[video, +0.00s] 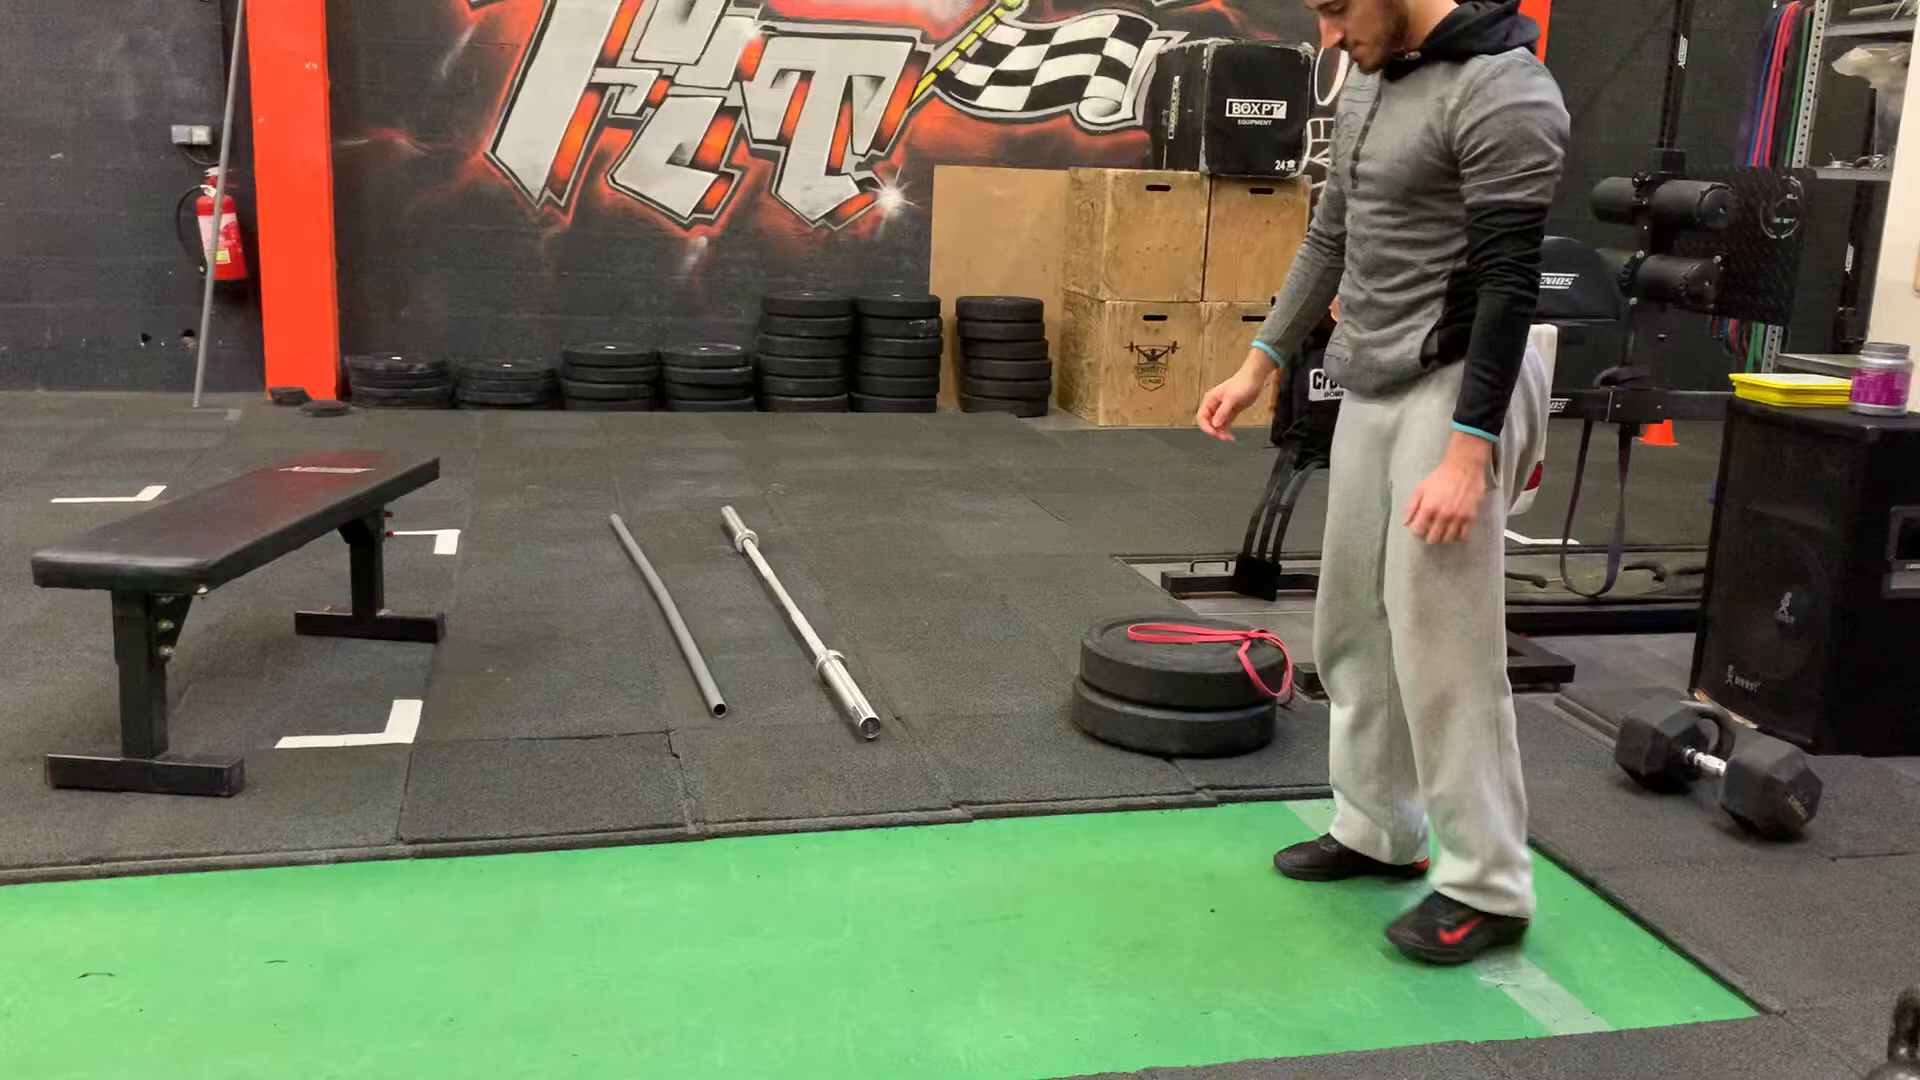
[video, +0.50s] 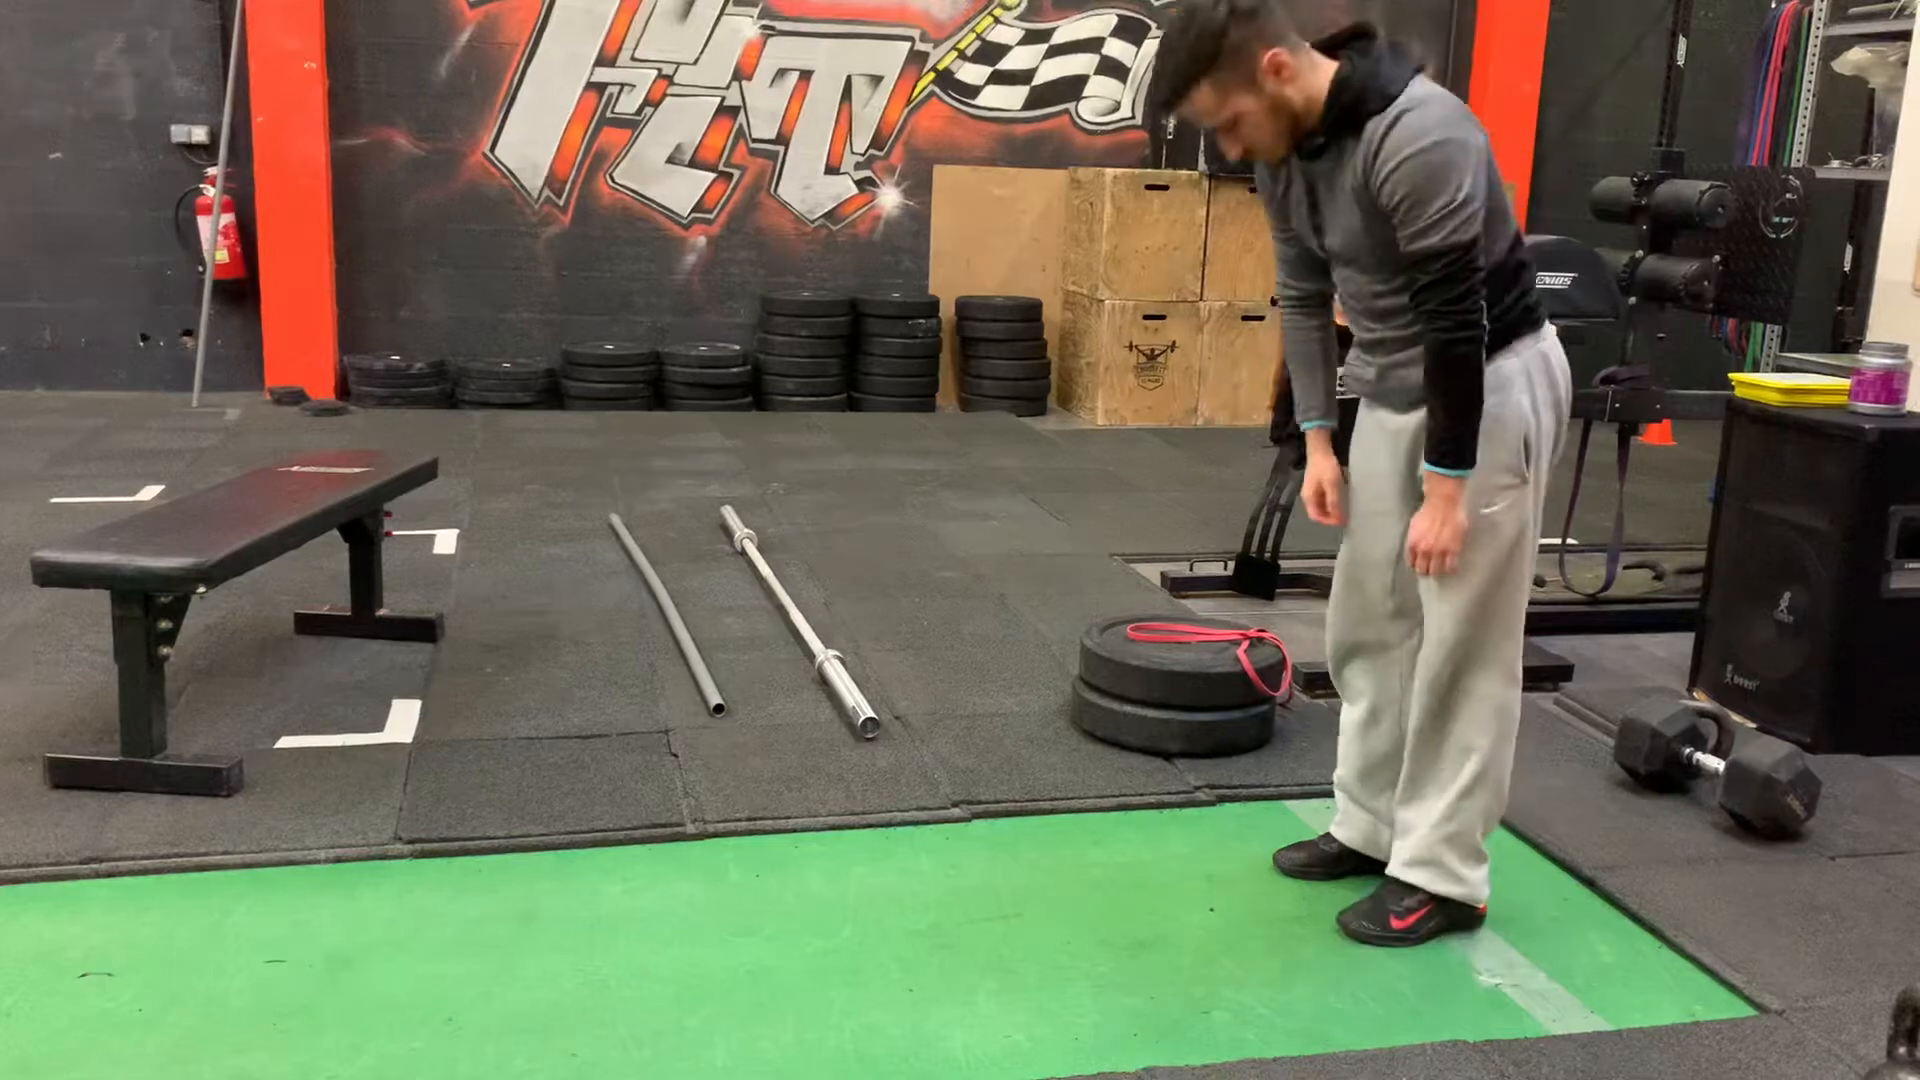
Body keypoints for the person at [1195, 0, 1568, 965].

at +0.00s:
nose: (1330, 34)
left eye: (1338, 11)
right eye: (1322, 17)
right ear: (1359, 10)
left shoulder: (1504, 93)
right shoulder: (1366, 80)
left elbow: (1510, 282)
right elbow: (1328, 236)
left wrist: (1470, 444)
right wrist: (1263, 360)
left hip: (1461, 390)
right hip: (1369, 385)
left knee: (1444, 636)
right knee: (1356, 617)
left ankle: (1487, 884)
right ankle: (1378, 826)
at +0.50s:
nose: (1227, 148)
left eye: (1228, 124)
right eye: (1213, 133)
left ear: (1279, 69)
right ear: (1266, 82)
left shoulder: (1421, 145)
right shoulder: (1285, 155)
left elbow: (1455, 326)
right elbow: (1303, 298)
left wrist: (1446, 489)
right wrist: (1319, 438)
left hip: (1489, 386)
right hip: (1387, 385)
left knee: (1464, 635)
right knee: (1372, 618)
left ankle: (1446, 871)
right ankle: (1371, 824)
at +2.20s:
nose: (1234, 674)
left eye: (1229, 668)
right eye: (1218, 680)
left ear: (1205, 625)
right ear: (1169, 613)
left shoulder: (1254, 556)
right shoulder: (1176, 531)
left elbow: (1273, 731)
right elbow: (1219, 688)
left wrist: (1243, 900)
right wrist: (1227, 820)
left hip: (1496, 366)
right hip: (1403, 357)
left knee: (1472, 630)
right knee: (1391, 612)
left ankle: (1445, 872)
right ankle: (1373, 824)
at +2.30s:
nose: (1207, 680)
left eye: (1196, 674)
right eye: (1194, 684)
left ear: (1172, 634)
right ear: (1159, 622)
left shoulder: (1231, 570)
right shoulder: (1162, 534)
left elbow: (1232, 743)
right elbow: (1216, 697)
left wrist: (1209, 914)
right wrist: (1219, 828)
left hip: (1481, 369)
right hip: (1395, 363)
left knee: (1464, 635)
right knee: (1381, 617)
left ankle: (1444, 871)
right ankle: (1373, 821)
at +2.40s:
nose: (1180, 688)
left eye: (1171, 683)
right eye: (1168, 689)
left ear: (1155, 646)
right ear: (1138, 625)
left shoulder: (1215, 588)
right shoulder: (1140, 538)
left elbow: (1225, 756)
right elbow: (1180, 682)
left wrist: (1210, 922)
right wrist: (1182, 804)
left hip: (1459, 374)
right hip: (1372, 367)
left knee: (1452, 635)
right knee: (1372, 621)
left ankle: (1443, 872)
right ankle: (1372, 822)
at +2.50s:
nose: (1146, 694)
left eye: (1137, 689)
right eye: (1132, 695)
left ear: (1122, 660)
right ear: (1095, 632)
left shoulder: (1186, 601)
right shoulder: (1105, 551)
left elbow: (1210, 762)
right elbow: (1099, 687)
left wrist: (1212, 924)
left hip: (1428, 379)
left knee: (1443, 642)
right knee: (1358, 626)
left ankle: (1443, 874)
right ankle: (1372, 823)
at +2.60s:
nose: (1101, 705)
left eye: (1087, 702)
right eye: (1079, 706)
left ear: (1084, 670)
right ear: (1052, 632)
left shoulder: (1153, 602)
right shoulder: (1065, 561)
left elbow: (1191, 766)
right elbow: (1046, 711)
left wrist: (1211, 921)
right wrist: (992, 847)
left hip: (1387, 377)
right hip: (1305, 378)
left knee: (1423, 640)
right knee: (1341, 627)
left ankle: (1442, 872)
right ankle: (1372, 822)